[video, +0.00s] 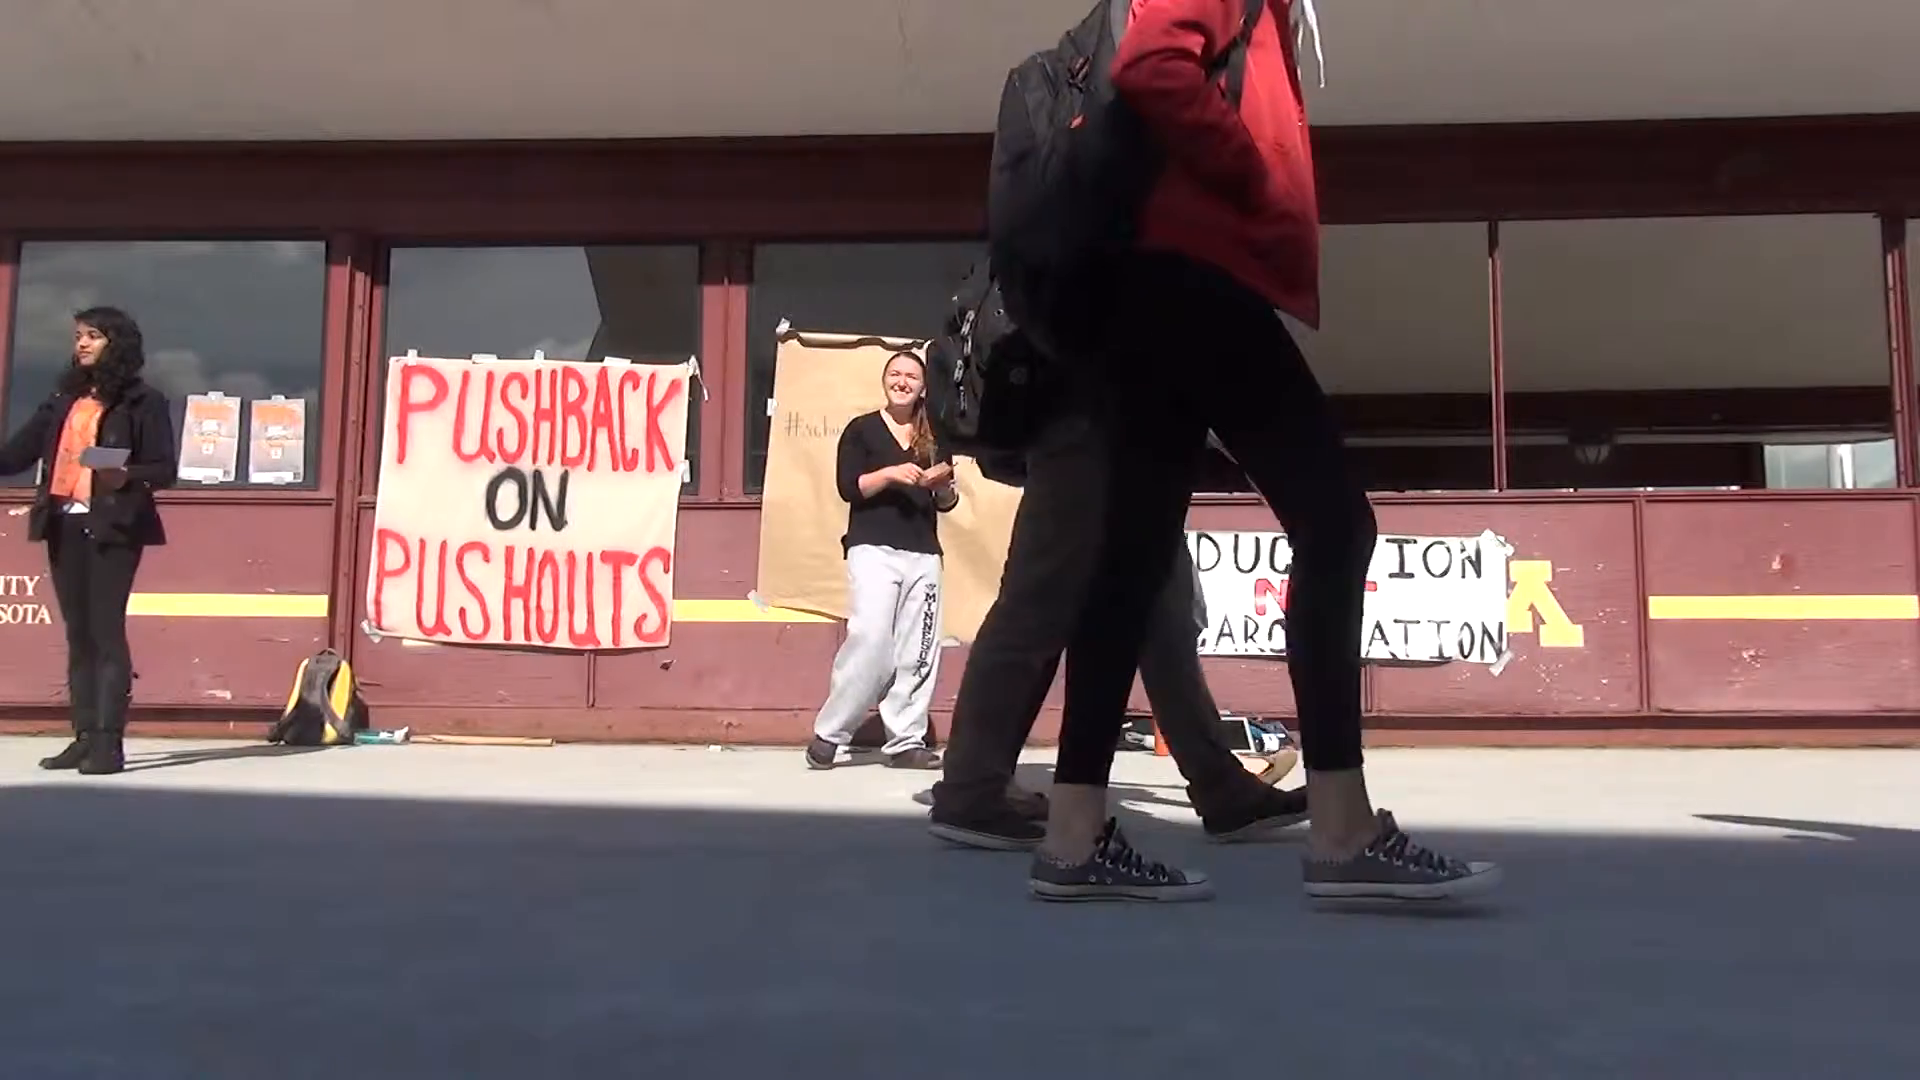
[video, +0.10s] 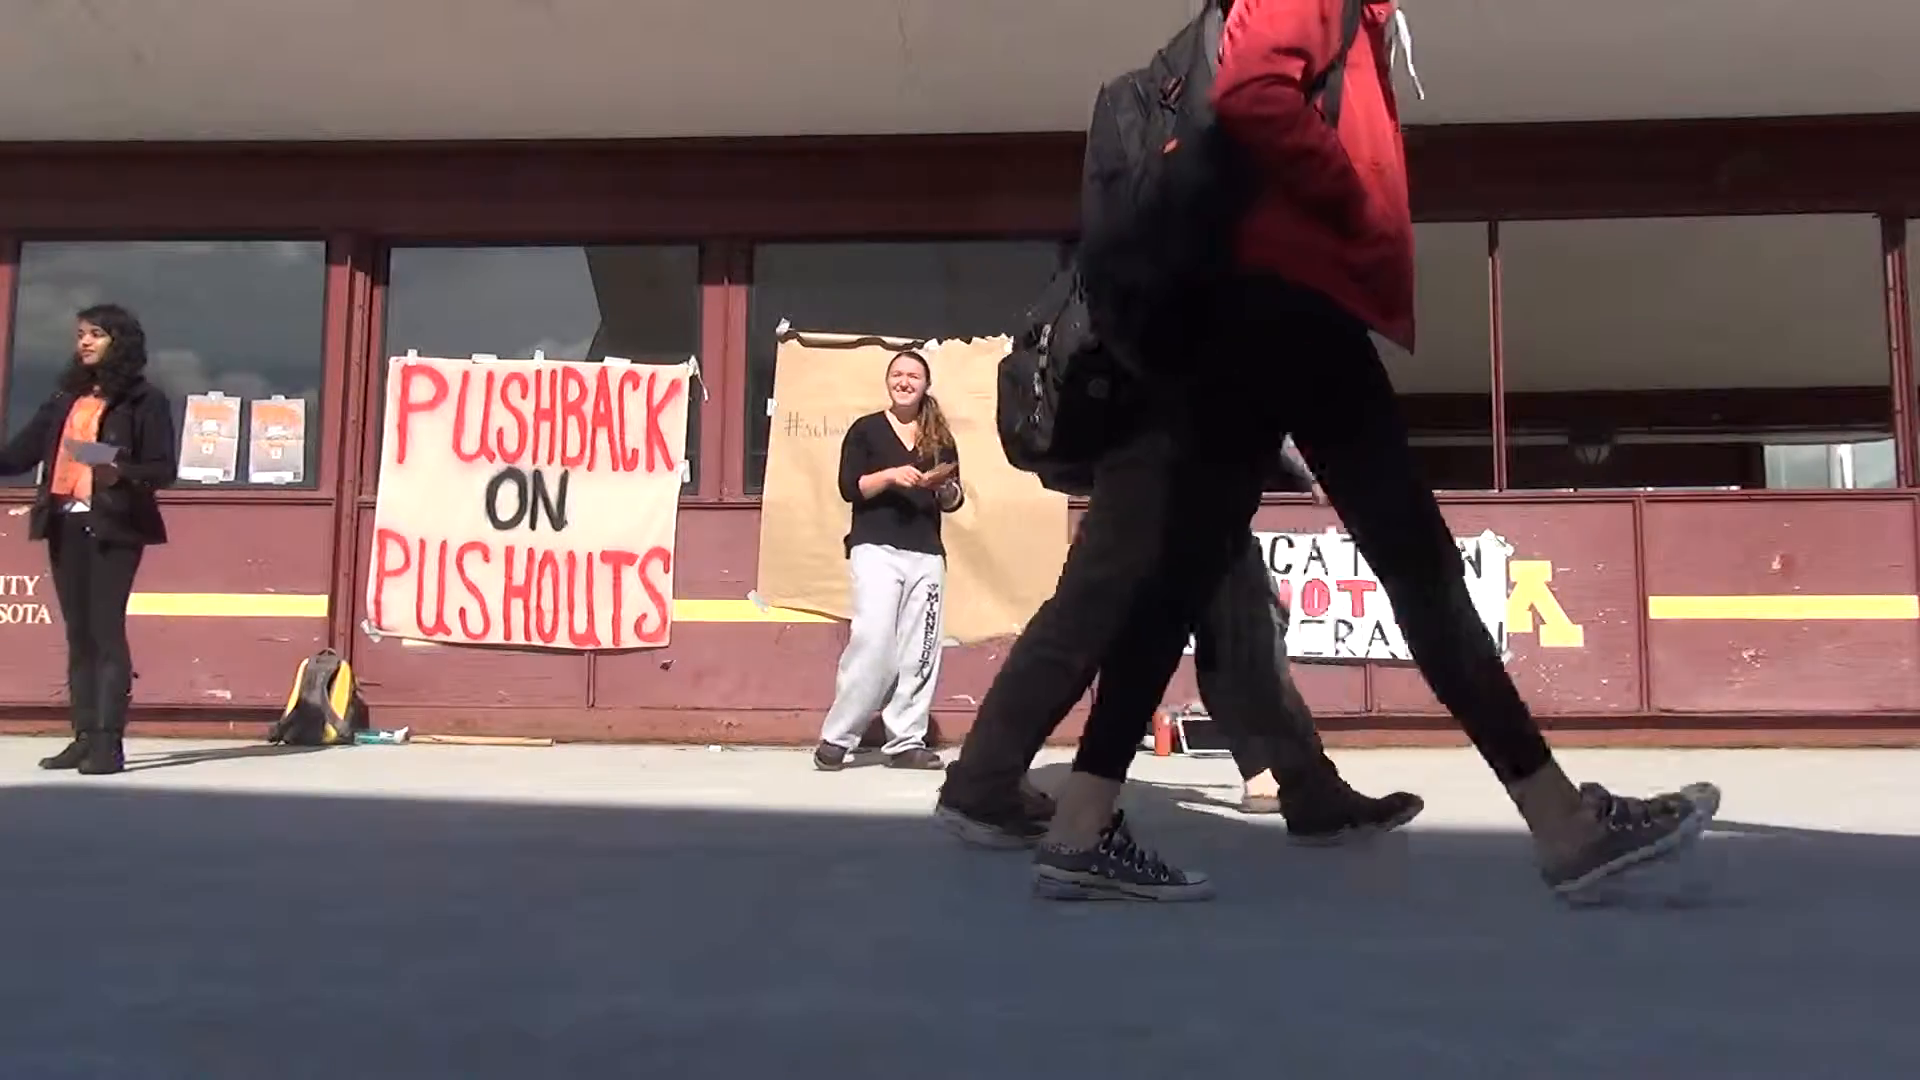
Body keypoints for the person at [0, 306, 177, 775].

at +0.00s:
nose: (79, 345)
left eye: (89, 337)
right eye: (77, 337)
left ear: (116, 343)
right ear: (76, 345)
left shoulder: (144, 400)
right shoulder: (65, 398)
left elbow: (163, 469)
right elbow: (21, 447)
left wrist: (125, 473)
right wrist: (3, 467)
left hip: (113, 526)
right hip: (65, 526)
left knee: (106, 631)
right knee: (78, 632)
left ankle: (107, 743)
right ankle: (86, 736)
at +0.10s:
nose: (82, 343)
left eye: (92, 336)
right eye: (79, 336)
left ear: (119, 342)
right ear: (77, 343)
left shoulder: (145, 399)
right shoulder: (67, 397)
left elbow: (163, 470)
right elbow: (24, 448)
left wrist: (119, 471)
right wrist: (3, 466)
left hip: (114, 526)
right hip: (66, 525)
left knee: (106, 631)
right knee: (78, 632)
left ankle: (107, 742)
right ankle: (85, 736)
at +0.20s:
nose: (86, 342)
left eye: (97, 335)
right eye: (83, 335)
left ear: (123, 341)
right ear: (79, 342)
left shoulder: (147, 397)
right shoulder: (70, 395)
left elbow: (163, 469)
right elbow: (26, 444)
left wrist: (114, 472)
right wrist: (7, 461)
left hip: (115, 525)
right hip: (67, 524)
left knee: (106, 631)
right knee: (79, 631)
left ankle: (107, 743)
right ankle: (85, 736)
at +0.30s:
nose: (90, 341)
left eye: (101, 334)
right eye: (86, 334)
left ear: (125, 339)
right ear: (81, 341)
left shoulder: (148, 398)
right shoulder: (71, 396)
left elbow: (165, 468)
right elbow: (23, 443)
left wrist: (115, 472)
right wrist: (3, 451)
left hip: (117, 526)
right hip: (68, 525)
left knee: (107, 627)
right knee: (79, 629)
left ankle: (109, 741)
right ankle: (85, 735)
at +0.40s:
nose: (93, 340)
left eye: (104, 333)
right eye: (90, 333)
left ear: (128, 338)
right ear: (85, 340)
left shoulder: (151, 396)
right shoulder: (74, 392)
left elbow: (167, 469)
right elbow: (26, 437)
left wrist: (119, 474)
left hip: (119, 525)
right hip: (69, 523)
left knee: (109, 631)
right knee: (80, 631)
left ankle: (109, 742)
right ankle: (84, 735)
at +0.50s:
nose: (96, 341)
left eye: (106, 333)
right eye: (93, 333)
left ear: (131, 338)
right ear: (90, 340)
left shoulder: (157, 397)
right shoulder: (77, 387)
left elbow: (172, 471)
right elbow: (29, 433)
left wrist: (127, 478)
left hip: (122, 525)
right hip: (72, 523)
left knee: (111, 630)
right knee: (80, 631)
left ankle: (110, 742)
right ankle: (85, 735)